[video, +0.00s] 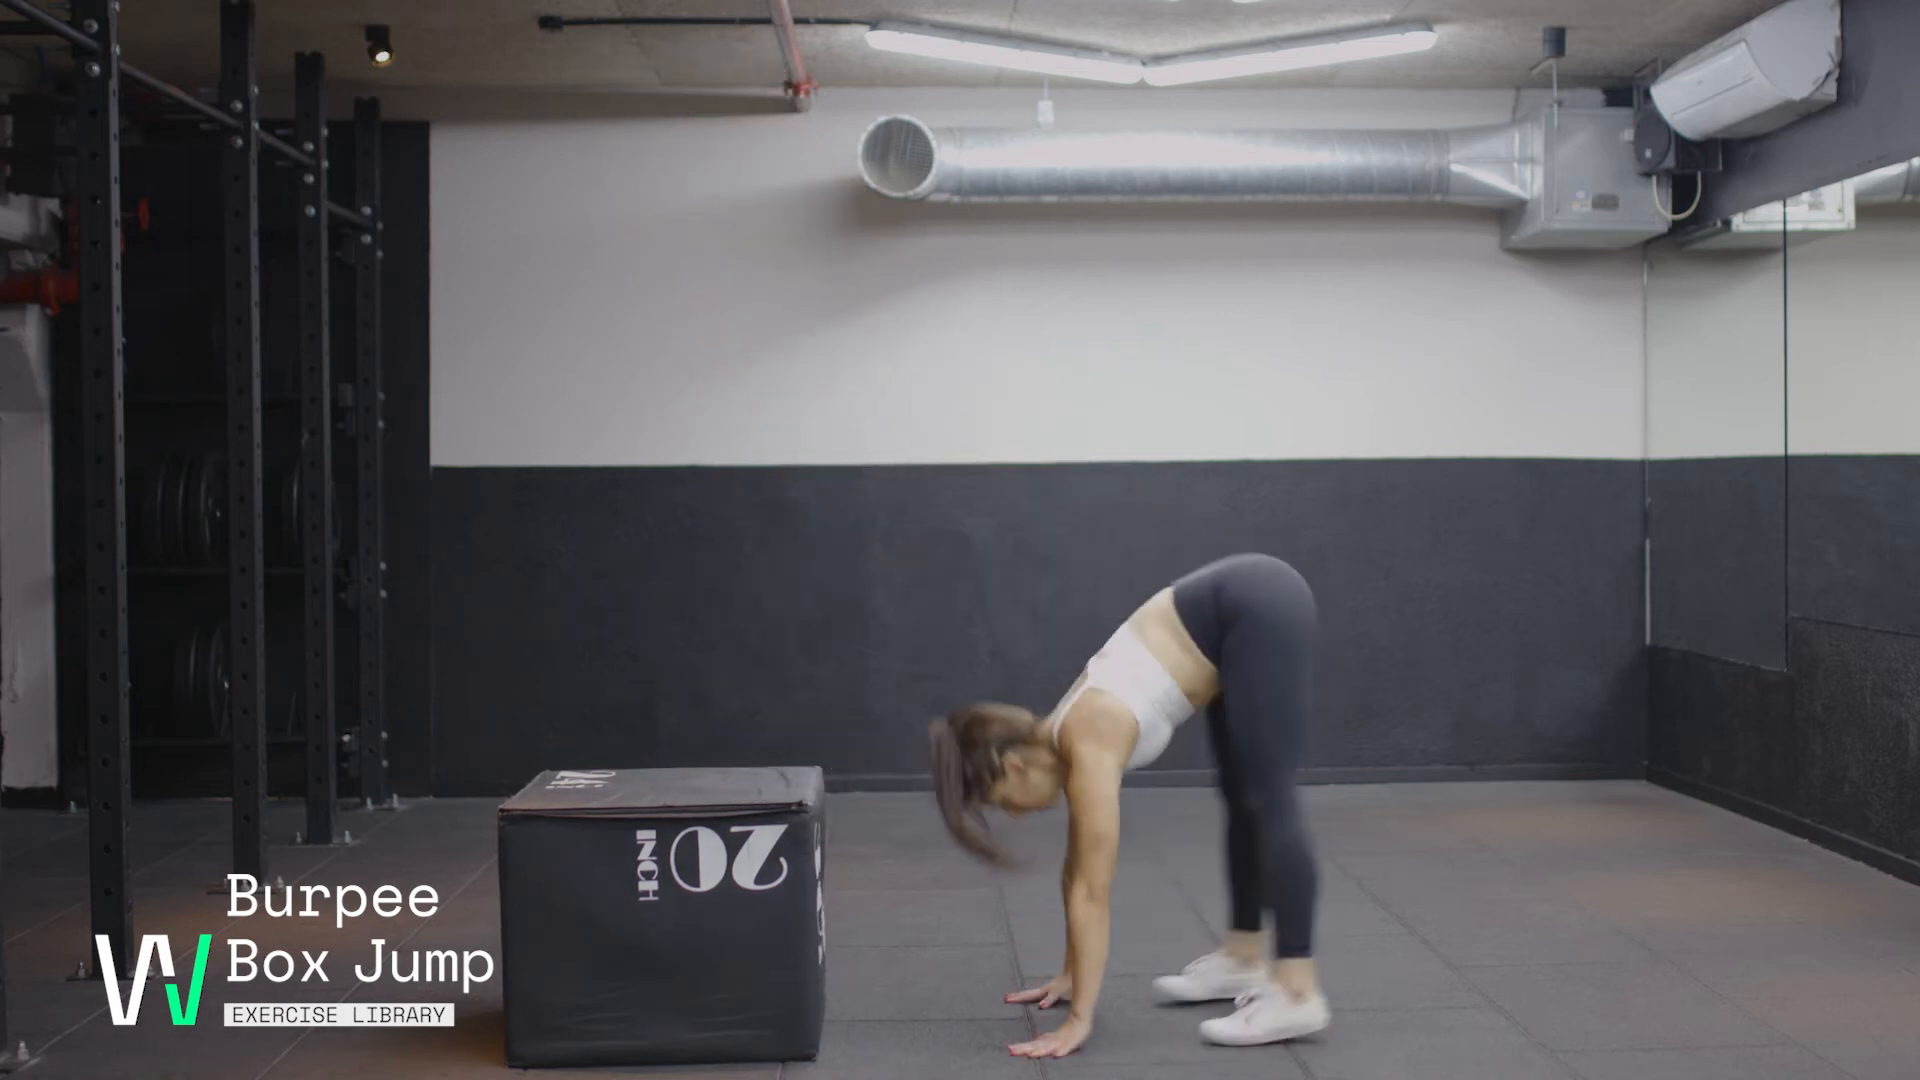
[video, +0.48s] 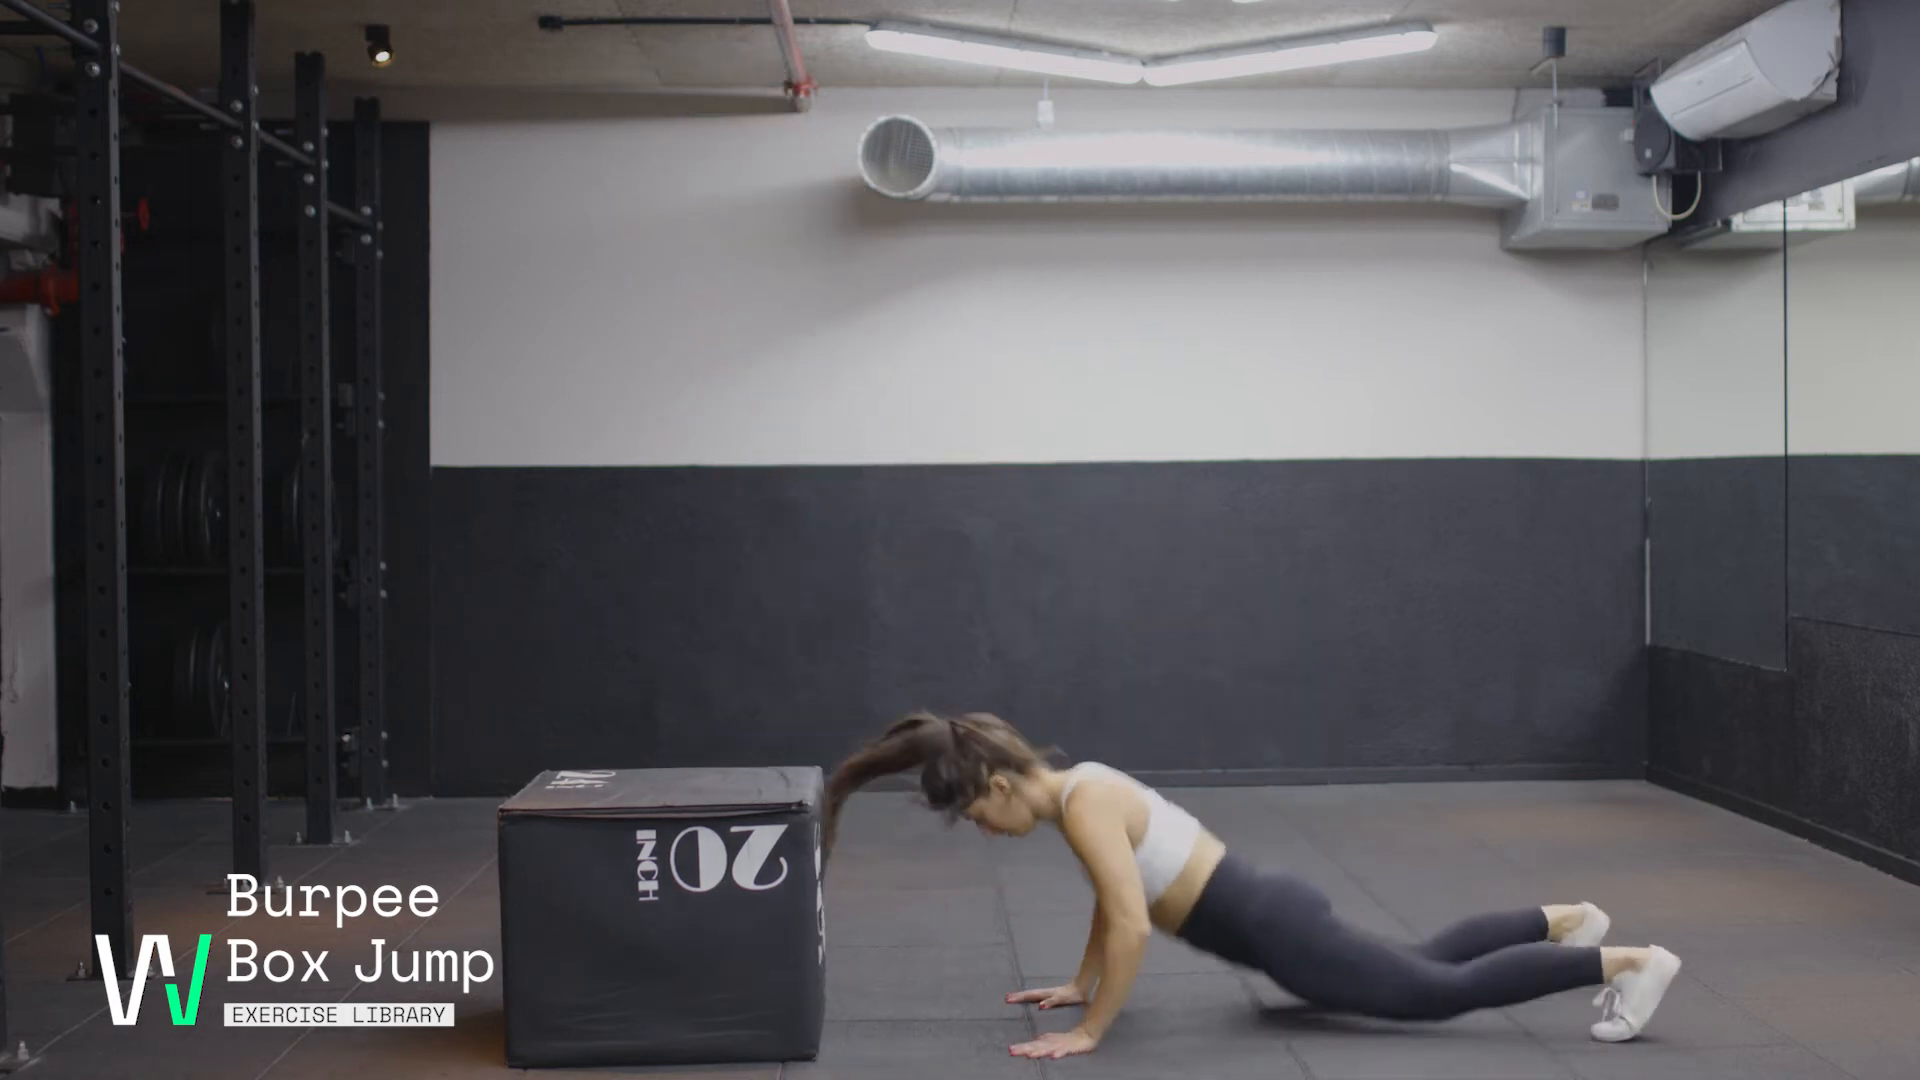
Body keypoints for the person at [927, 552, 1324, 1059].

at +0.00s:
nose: (1015, 811)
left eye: (1002, 799)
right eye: (1001, 805)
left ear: (1013, 762)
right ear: (1015, 753)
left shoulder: (1090, 742)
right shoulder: (1069, 736)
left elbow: (1092, 892)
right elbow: (1078, 875)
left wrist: (1081, 1019)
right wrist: (1071, 975)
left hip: (1258, 607)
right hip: (1229, 618)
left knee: (1271, 800)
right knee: (1242, 798)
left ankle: (1298, 990)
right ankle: (1243, 957)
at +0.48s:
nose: (986, 831)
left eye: (981, 815)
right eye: (974, 819)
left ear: (1005, 784)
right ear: (1003, 778)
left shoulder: (1086, 813)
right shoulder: (1079, 788)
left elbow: (1128, 930)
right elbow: (1115, 908)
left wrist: (1089, 1031)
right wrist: (1077, 980)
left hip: (1274, 924)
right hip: (1267, 908)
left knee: (1441, 992)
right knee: (1418, 964)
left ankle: (1623, 964)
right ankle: (1565, 923)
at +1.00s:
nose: (940, 955)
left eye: (934, 942)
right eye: (930, 947)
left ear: (948, 910)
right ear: (945, 909)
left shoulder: (1026, 915)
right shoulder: (1028, 891)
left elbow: (1110, 937)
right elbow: (1105, 908)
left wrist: (1085, 1032)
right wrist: (1072, 995)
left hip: (1224, 976)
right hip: (1226, 948)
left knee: (1425, 1004)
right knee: (1404, 971)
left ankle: (1602, 947)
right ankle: (1552, 908)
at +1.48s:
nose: (1002, 838)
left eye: (989, 827)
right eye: (986, 831)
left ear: (1001, 793)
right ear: (1000, 777)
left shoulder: (1080, 766)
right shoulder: (1067, 757)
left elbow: (1093, 904)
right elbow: (1090, 894)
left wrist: (1087, 1031)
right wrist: (1076, 991)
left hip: (1283, 696)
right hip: (1271, 703)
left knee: (1386, 864)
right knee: (1384, 848)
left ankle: (1575, 933)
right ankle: (1537, 894)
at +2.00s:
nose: (1054, 661)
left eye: (1048, 645)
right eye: (1043, 651)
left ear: (1066, 607)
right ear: (1065, 603)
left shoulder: (1143, 622)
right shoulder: (1125, 619)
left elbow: (1170, 747)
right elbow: (1138, 742)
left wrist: (1170, 861)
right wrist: (1141, 843)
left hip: (1360, 627)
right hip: (1326, 632)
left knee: (1293, 801)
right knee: (1281, 795)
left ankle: (1323, 992)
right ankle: (1301, 966)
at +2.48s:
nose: (1100, 355)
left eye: (1107, 338)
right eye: (1098, 339)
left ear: (1151, 333)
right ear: (1152, 332)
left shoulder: (1187, 416)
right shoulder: (1184, 409)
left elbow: (1227, 546)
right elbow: (1224, 542)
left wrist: (1245, 665)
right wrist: (1229, 649)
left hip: (1258, 622)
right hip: (1221, 617)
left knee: (1261, 819)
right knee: (1147, 780)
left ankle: (1319, 991)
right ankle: (1123, 957)